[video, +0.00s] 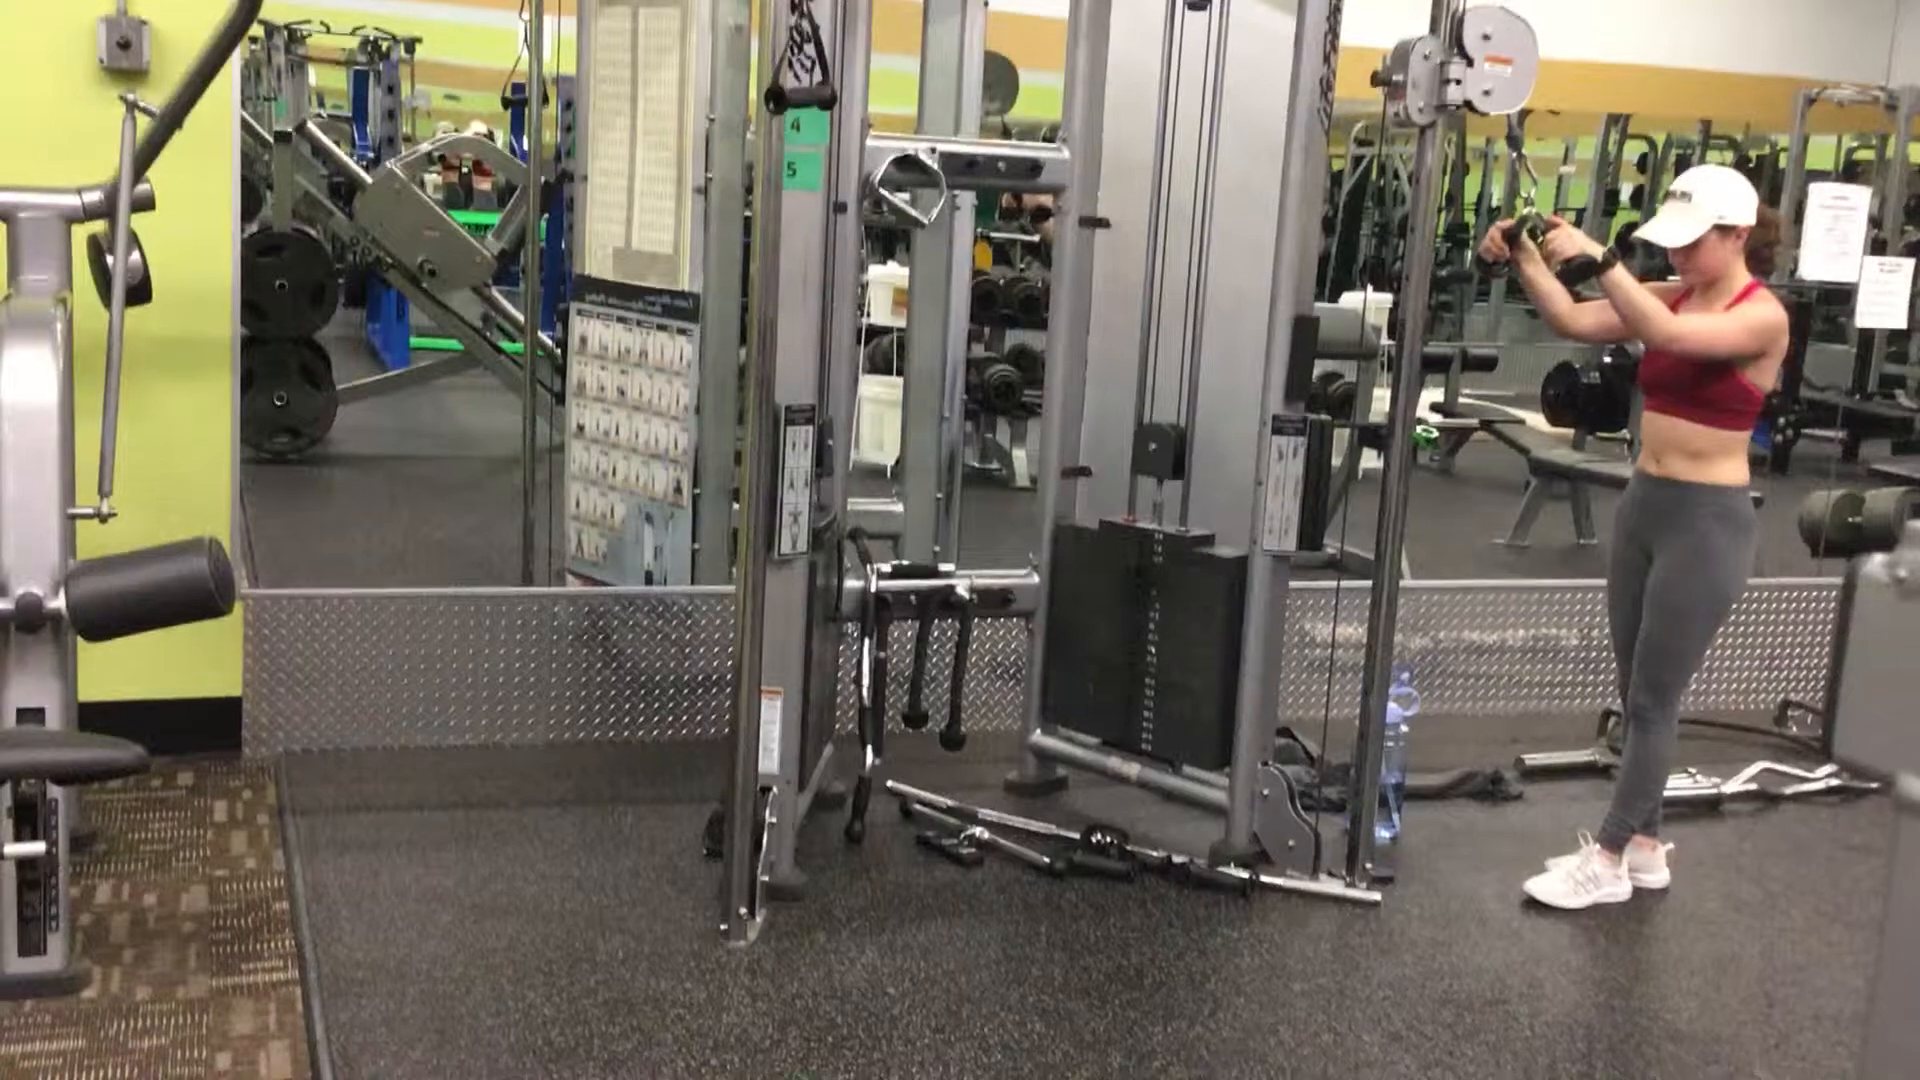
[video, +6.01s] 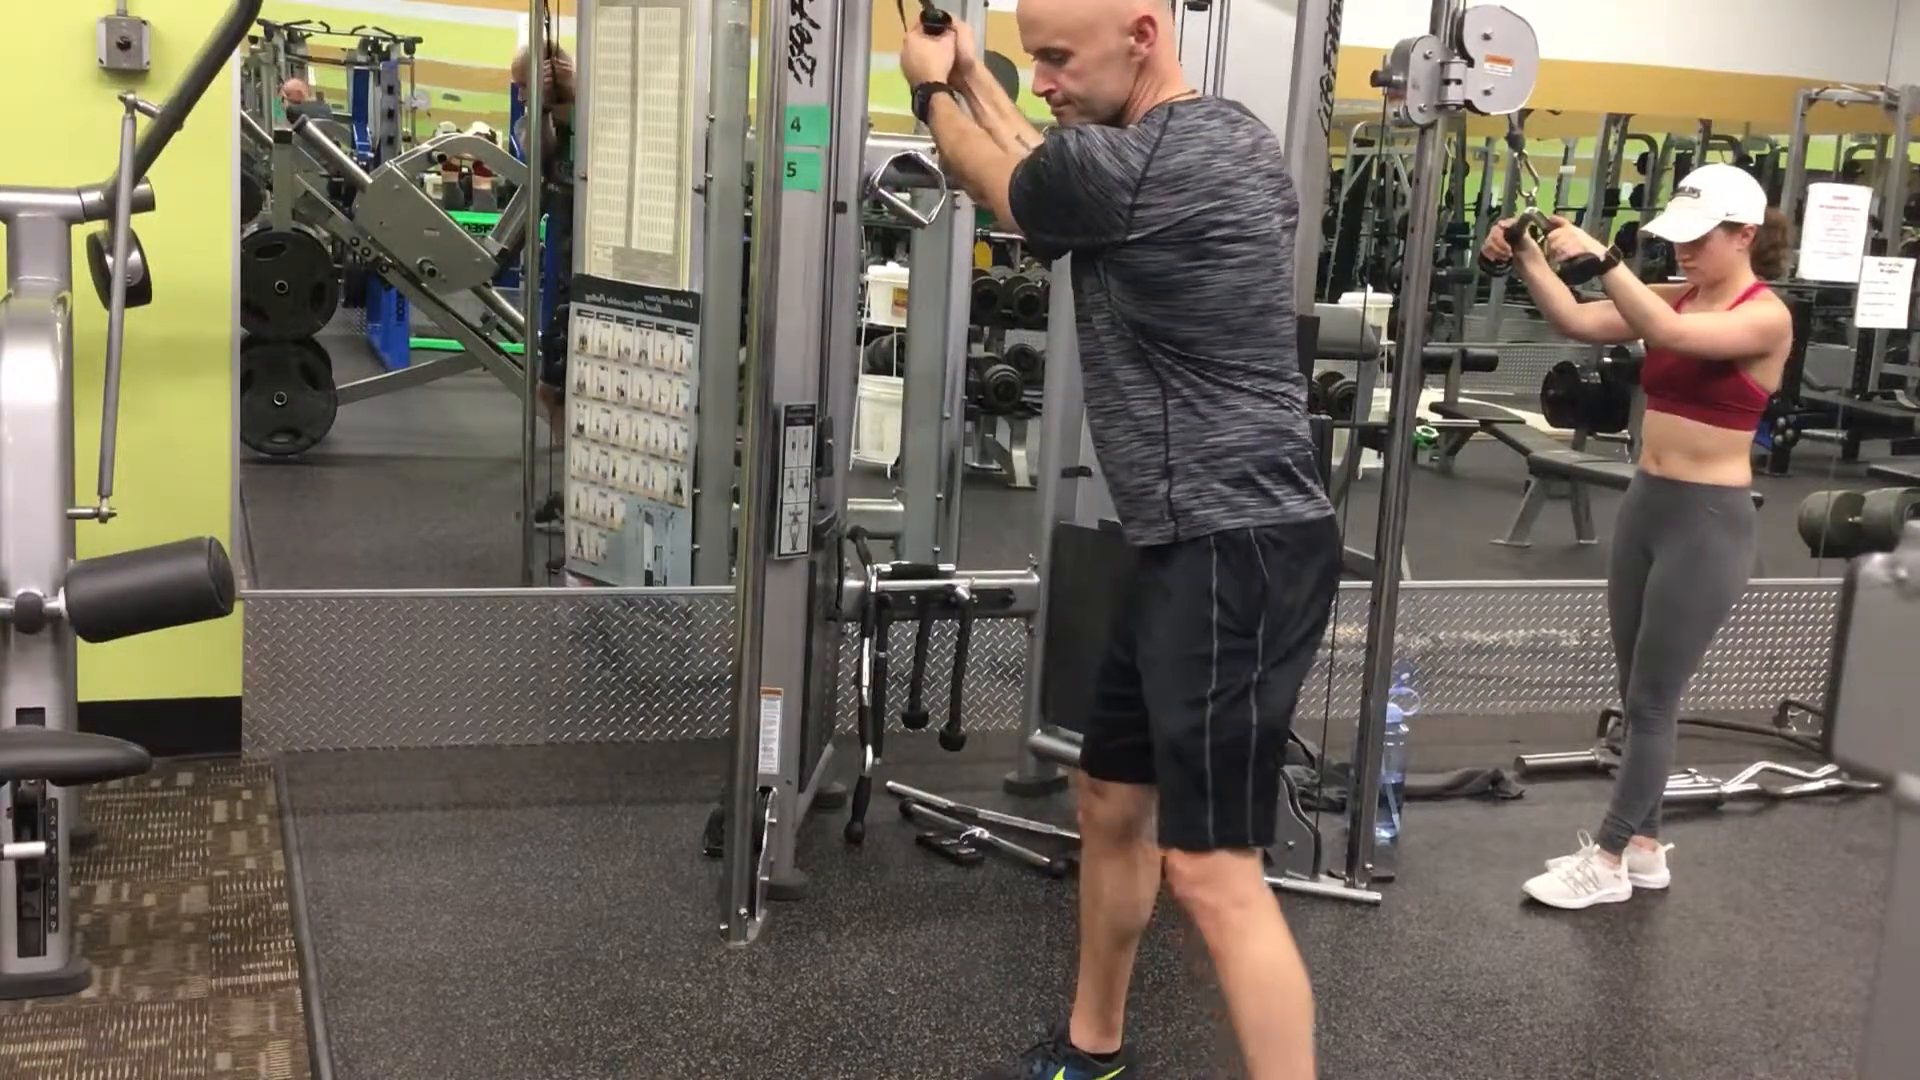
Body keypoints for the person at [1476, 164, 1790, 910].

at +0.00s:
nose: (1677, 254)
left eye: (1690, 240)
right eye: (1672, 241)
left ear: (1738, 236)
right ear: (1674, 240)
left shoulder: (1765, 316)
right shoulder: (1671, 298)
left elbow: (1668, 333)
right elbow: (1576, 319)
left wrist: (1598, 258)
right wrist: (1522, 258)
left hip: (1709, 521)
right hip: (1641, 507)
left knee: (1652, 698)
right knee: (1638, 691)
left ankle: (1607, 858)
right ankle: (1645, 844)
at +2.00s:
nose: (1670, 255)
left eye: (1684, 241)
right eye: (1666, 242)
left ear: (1733, 236)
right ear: (1670, 241)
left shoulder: (1762, 316)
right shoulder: (1669, 299)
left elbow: (1664, 334)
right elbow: (1570, 323)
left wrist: (1596, 261)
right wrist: (1521, 258)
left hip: (1707, 523)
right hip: (1640, 509)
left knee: (1651, 699)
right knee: (1638, 692)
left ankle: (1607, 860)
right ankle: (1645, 845)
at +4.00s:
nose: (1680, 251)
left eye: (1695, 237)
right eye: (1676, 238)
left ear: (1744, 236)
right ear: (1677, 239)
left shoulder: (1767, 317)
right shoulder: (1672, 299)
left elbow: (1671, 334)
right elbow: (1576, 320)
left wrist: (1599, 260)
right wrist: (1521, 259)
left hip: (1707, 523)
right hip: (1640, 509)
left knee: (1651, 698)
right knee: (1638, 693)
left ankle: (1605, 859)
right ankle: (1646, 846)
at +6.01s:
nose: (1681, 253)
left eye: (1695, 239)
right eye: (1676, 240)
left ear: (1744, 235)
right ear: (1677, 238)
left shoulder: (1768, 317)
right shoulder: (1673, 300)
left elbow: (1668, 330)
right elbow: (1577, 319)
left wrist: (1600, 256)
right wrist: (1525, 257)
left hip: (1709, 523)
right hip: (1642, 508)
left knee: (1652, 699)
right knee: (1639, 693)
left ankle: (1606, 858)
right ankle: (1645, 846)